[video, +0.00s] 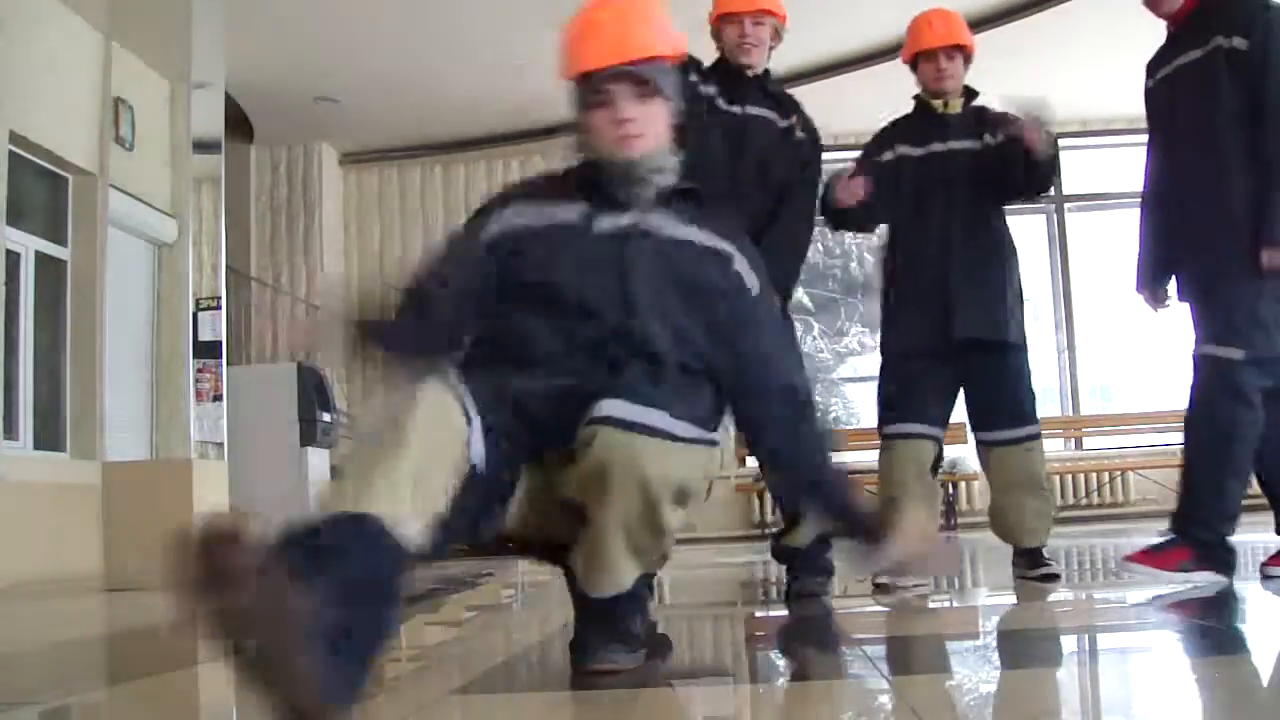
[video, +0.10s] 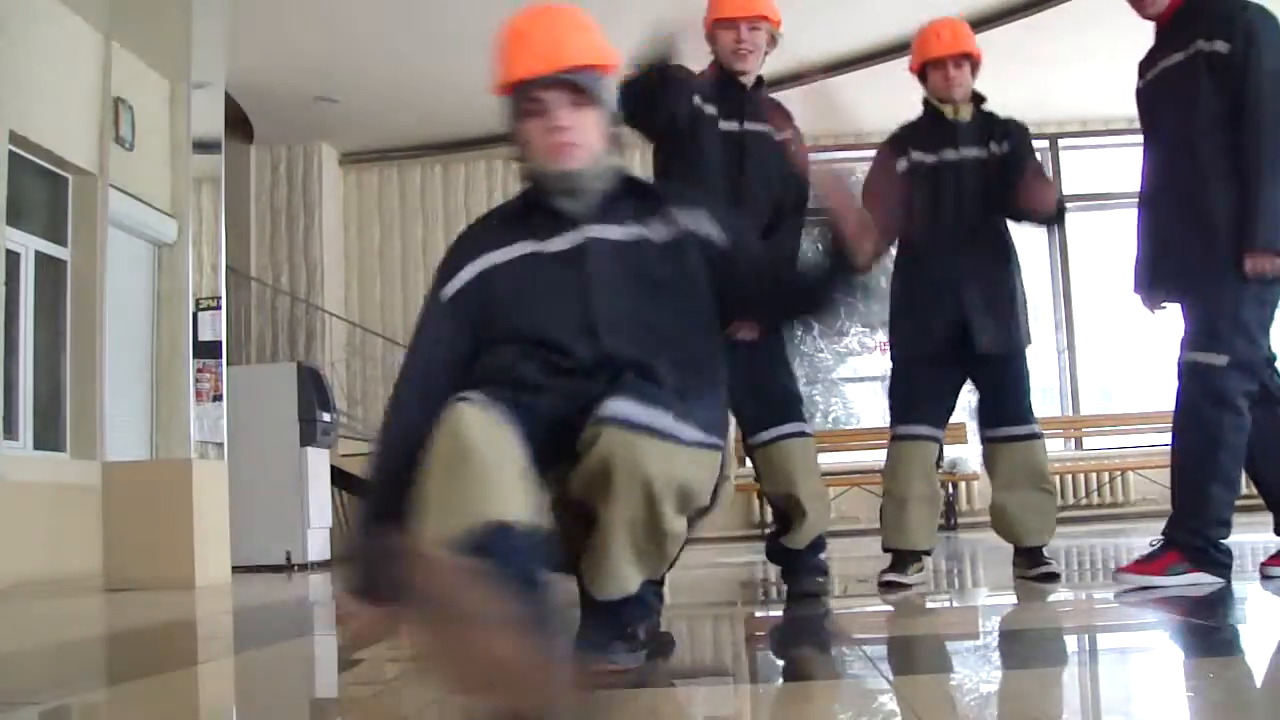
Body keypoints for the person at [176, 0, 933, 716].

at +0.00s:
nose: (621, 113)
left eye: (641, 94)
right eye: (601, 97)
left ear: (675, 106)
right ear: (576, 113)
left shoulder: (717, 252)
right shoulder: (510, 222)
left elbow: (776, 401)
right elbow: (426, 334)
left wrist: (833, 507)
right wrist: (375, 334)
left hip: (642, 460)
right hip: (505, 464)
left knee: (629, 443)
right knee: (427, 400)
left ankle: (615, 618)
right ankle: (329, 626)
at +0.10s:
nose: (560, 124)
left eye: (576, 103)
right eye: (537, 110)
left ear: (608, 112)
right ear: (516, 129)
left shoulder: (681, 229)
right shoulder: (481, 250)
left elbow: (766, 297)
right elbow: (418, 404)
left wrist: (839, 265)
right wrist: (376, 550)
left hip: (663, 432)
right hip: (527, 453)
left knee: (631, 435)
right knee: (468, 421)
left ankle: (615, 607)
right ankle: (510, 624)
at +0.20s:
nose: (486, 123)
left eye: (503, 101)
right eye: (462, 108)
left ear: (531, 107)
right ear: (441, 125)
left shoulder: (607, 188)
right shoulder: (442, 269)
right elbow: (449, 444)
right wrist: (454, 604)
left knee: (646, 348)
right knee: (493, 435)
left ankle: (632, 626)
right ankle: (715, 613)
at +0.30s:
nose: (431, 139)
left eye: (444, 118)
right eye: (407, 131)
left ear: (472, 118)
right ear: (387, 153)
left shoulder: (555, 139)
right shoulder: (418, 295)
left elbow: (613, 34)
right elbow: (444, 467)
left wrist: (486, 23)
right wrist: (447, 619)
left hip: (701, 334)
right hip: (595, 440)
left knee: (589, 346)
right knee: (572, 551)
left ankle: (773, 538)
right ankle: (854, 606)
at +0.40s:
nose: (396, 142)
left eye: (407, 120)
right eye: (372, 135)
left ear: (440, 121)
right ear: (355, 162)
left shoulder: (521, 148)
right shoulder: (398, 302)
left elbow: (574, 41)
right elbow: (436, 473)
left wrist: (447, 30)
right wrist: (446, 626)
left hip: (673, 316)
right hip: (603, 433)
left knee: (609, 406)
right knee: (660, 586)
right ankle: (913, 613)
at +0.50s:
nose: (366, 154)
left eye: (379, 128)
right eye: (341, 148)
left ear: (415, 122)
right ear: (330, 168)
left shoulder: (496, 149)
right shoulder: (386, 309)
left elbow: (538, 48)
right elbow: (426, 467)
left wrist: (420, 28)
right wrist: (446, 624)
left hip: (675, 308)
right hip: (595, 409)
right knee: (737, 520)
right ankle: (957, 597)